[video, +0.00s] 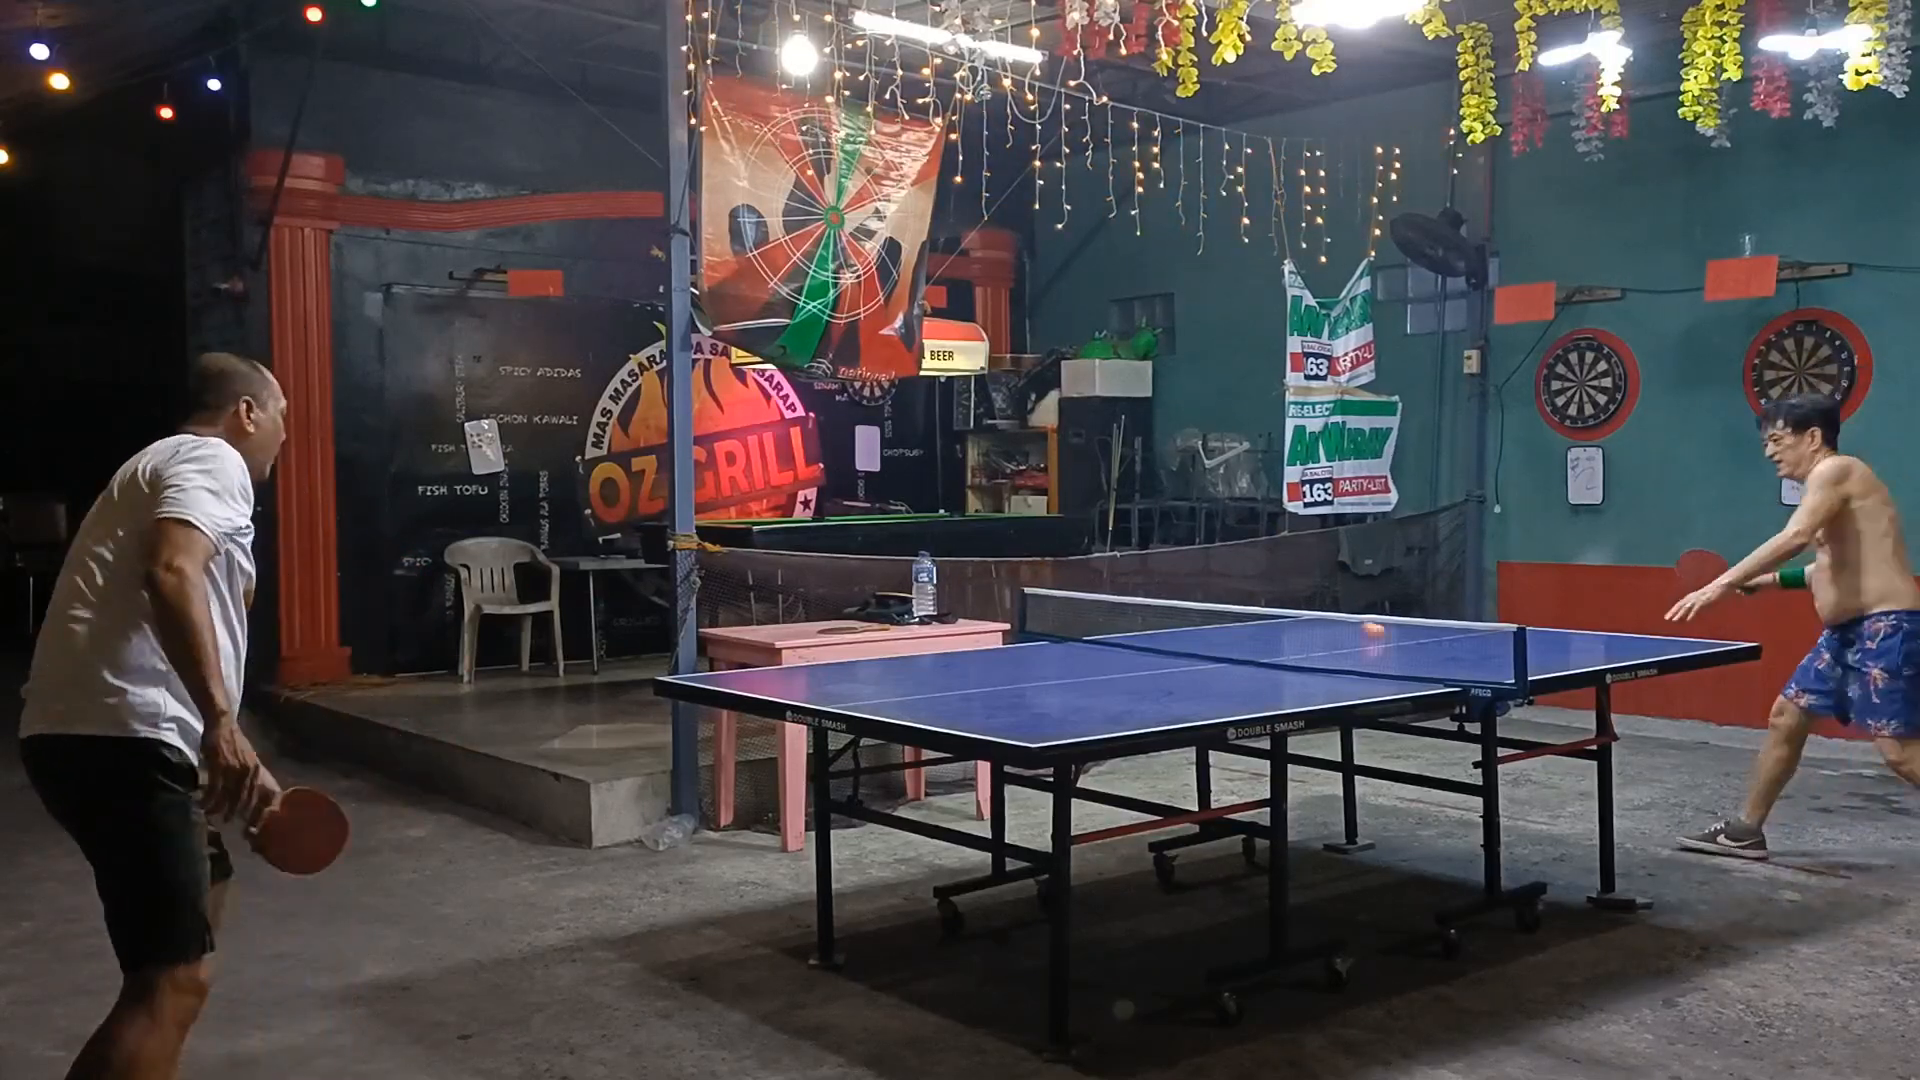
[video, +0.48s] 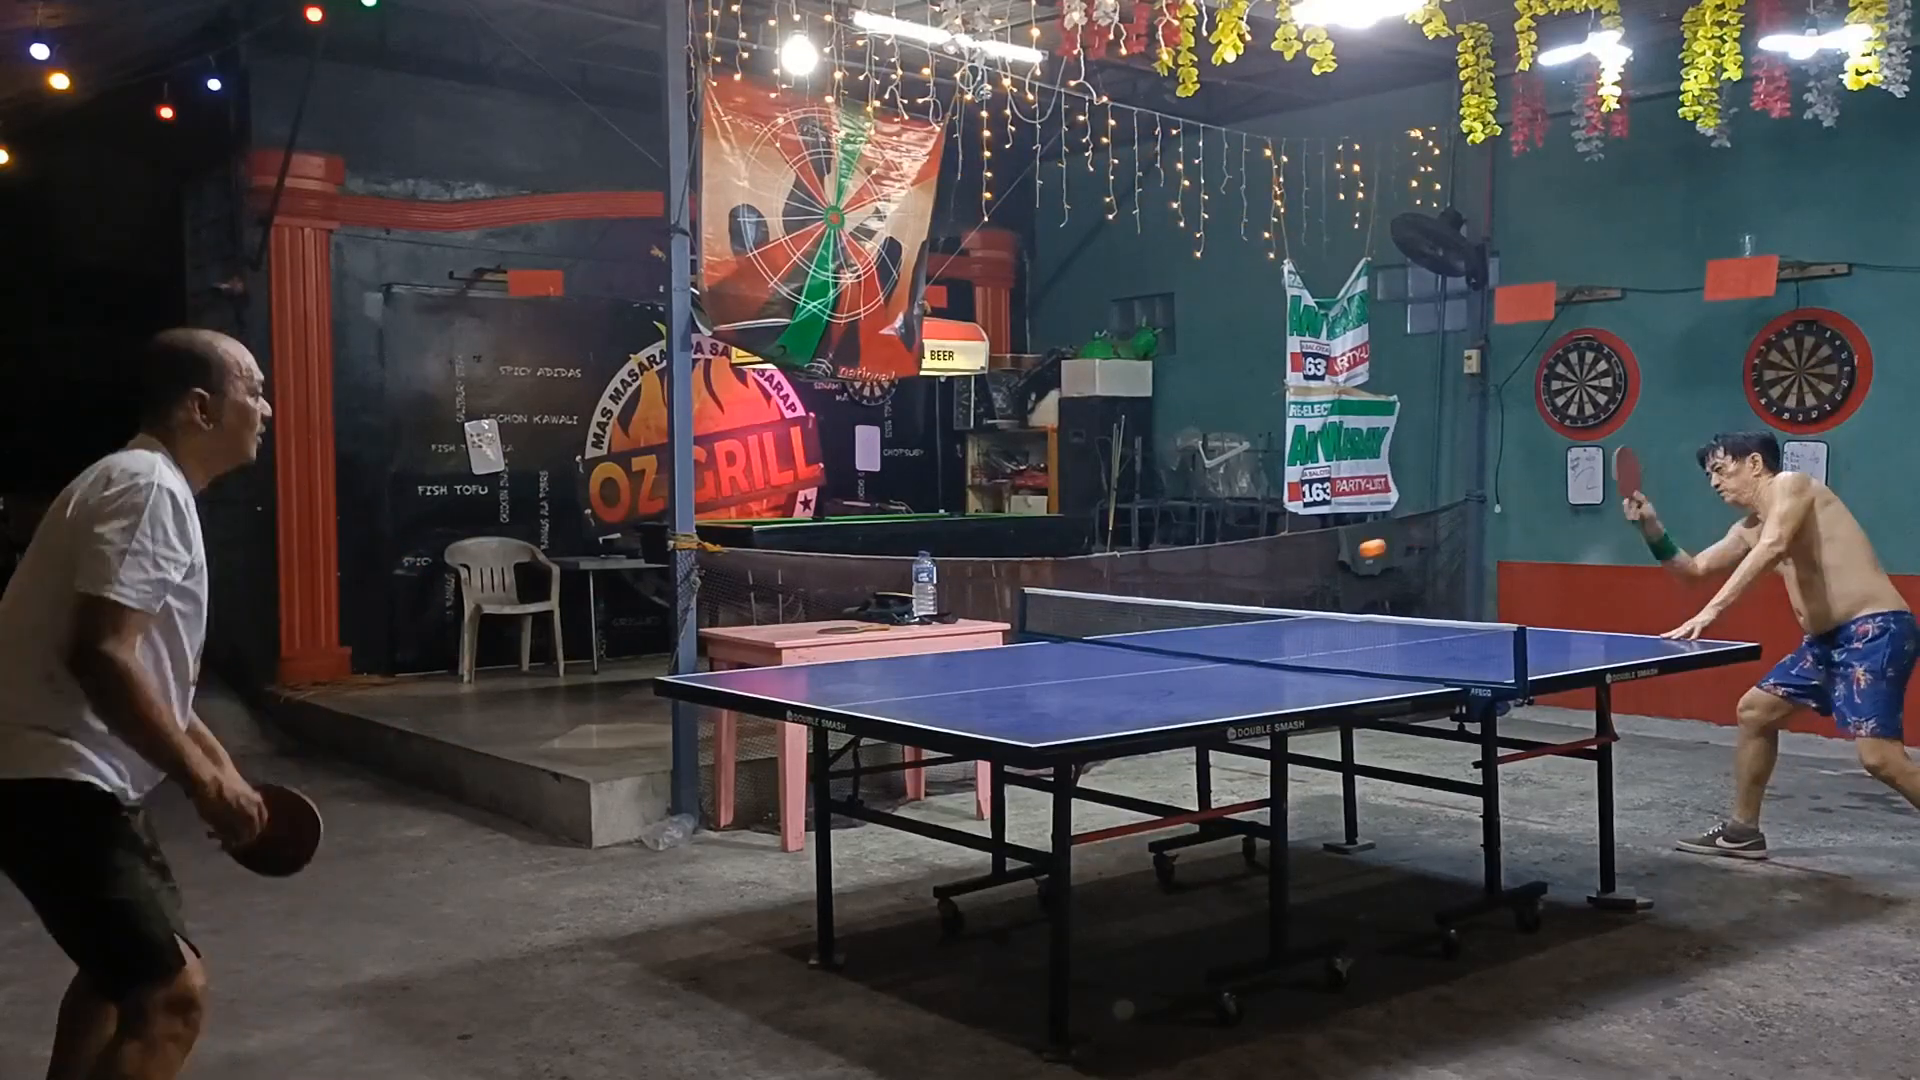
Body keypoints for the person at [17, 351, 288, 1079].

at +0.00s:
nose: (282, 439)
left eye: (283, 422)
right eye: (280, 420)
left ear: (210, 413)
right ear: (247, 413)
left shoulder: (151, 470)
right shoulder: (212, 460)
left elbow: (176, 658)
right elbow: (172, 572)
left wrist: (241, 770)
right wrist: (221, 721)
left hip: (78, 728)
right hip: (125, 732)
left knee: (173, 964)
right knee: (174, 981)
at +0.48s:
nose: (267, 412)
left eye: (263, 394)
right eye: (255, 393)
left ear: (195, 408)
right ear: (201, 407)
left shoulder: (136, 485)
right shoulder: (147, 485)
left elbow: (145, 672)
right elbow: (101, 653)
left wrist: (222, 770)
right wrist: (201, 773)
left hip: (57, 771)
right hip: (55, 776)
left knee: (116, 971)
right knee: (174, 992)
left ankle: (71, 1076)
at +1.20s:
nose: (372, 453)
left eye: (374, 432)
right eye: (364, 431)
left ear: (299, 427)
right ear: (296, 425)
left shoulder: (293, 519)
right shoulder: (102, 482)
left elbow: (319, 592)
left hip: (133, 799)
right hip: (26, 792)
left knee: (114, 1022)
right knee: (100, 1036)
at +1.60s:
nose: (371, 374)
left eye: (367, 354)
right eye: (358, 353)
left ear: (304, 367)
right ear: (306, 366)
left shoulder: (271, 472)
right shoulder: (206, 471)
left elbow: (218, 647)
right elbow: (138, 645)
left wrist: (243, 789)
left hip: (194, 778)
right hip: (124, 778)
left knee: (225, 1012)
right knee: (196, 1026)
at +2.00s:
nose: (450, 428)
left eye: (448, 411)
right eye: (445, 410)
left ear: (363, 417)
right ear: (417, 412)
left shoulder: (319, 490)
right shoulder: (371, 501)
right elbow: (424, 654)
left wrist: (342, 772)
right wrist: (517, 780)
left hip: (226, 745)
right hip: (254, 756)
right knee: (413, 949)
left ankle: (285, 1044)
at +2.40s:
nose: (424, 501)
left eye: (420, 492)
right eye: (422, 491)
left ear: (355, 498)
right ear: (409, 487)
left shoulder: (339, 551)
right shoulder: (392, 516)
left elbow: (407, 658)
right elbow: (388, 573)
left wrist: (502, 657)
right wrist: (455, 642)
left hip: (292, 742)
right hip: (363, 733)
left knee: (394, 868)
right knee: (394, 924)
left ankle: (385, 990)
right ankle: (377, 1069)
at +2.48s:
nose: (429, 502)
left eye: (428, 492)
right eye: (426, 490)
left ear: (361, 488)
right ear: (405, 481)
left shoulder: (351, 537)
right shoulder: (388, 507)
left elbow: (431, 656)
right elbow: (386, 571)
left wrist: (537, 661)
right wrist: (452, 645)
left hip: (299, 717)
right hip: (350, 710)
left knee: (402, 863)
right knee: (395, 901)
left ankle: (385, 987)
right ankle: (386, 1070)